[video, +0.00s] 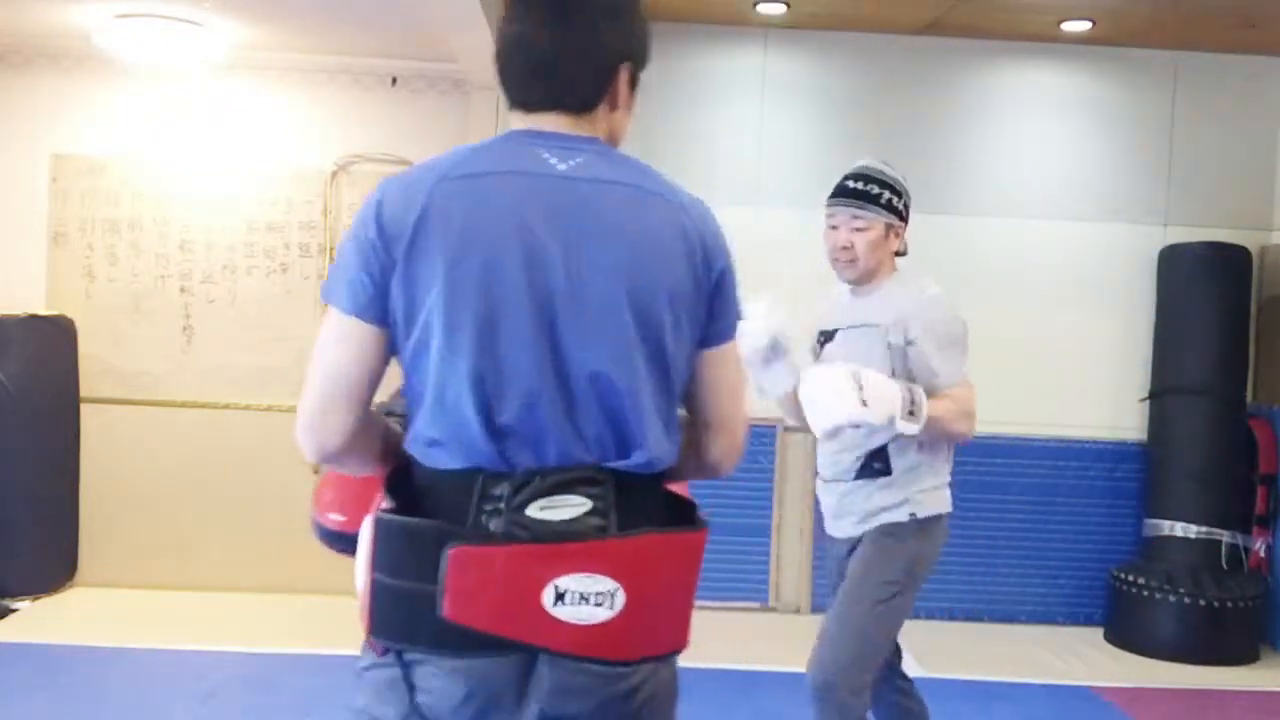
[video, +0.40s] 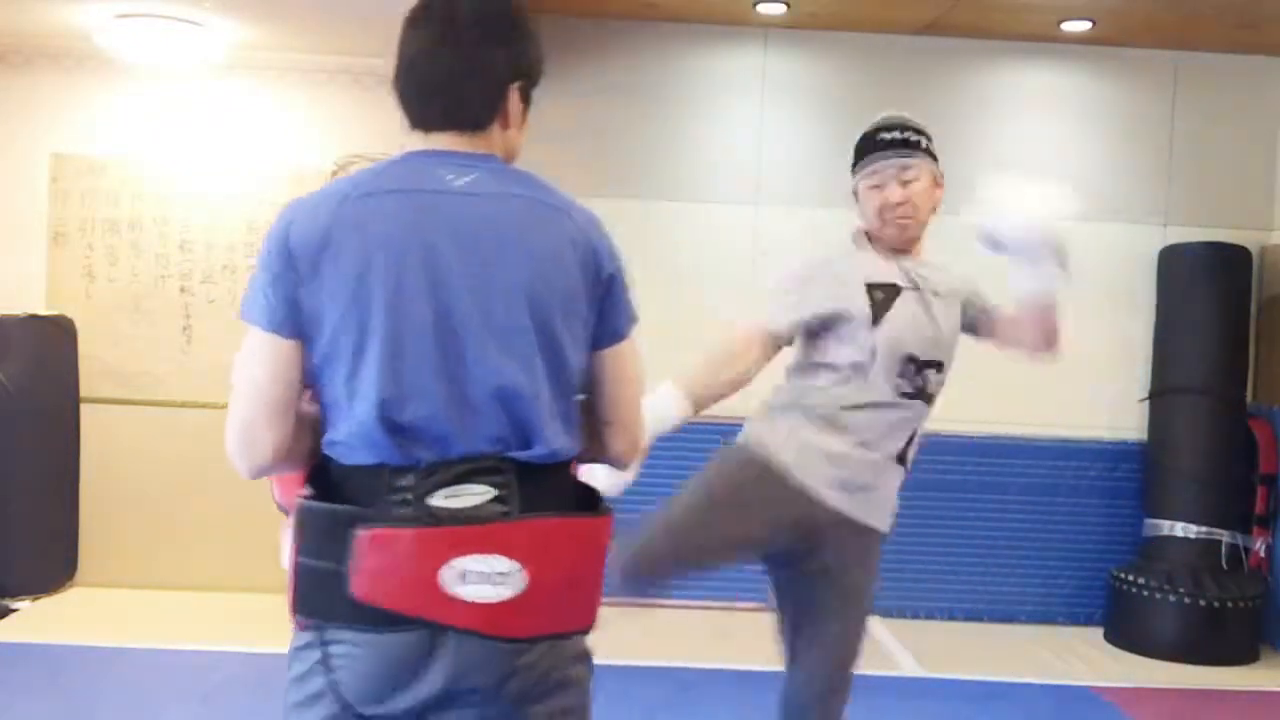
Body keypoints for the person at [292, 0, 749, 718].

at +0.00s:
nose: (632, 103)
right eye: (636, 85)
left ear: (506, 74)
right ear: (621, 85)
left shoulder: (405, 205)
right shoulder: (685, 223)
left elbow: (328, 433)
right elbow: (718, 447)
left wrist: (420, 448)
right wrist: (604, 447)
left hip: (445, 605)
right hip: (618, 608)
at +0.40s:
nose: (526, 120)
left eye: (528, 101)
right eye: (529, 102)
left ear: (406, 94)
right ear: (512, 104)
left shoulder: (312, 225)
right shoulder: (574, 231)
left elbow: (256, 448)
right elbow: (621, 440)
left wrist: (350, 411)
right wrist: (516, 414)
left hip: (363, 602)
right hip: (528, 601)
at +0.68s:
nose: (446, 107)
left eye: (444, 85)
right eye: (444, 83)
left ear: (324, 83)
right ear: (417, 84)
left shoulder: (228, 214)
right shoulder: (475, 210)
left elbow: (194, 416)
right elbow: (537, 419)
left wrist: (305, 402)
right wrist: (478, 398)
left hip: (287, 574)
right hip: (440, 568)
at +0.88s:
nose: (406, 87)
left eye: (406, 68)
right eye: (403, 67)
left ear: (286, 71)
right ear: (370, 70)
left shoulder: (191, 198)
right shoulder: (416, 188)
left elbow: (167, 396)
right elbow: (500, 405)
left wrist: (268, 427)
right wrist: (470, 442)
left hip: (228, 532)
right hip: (370, 531)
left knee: (258, 709)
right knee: (408, 708)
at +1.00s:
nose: (392, 83)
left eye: (393, 64)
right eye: (390, 63)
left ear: (270, 68)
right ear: (354, 67)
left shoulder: (174, 197)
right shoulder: (389, 187)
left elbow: (144, 396)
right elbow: (473, 414)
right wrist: (499, 530)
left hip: (192, 542)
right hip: (329, 549)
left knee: (232, 705)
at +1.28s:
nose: (384, 83)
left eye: (384, 62)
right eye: (381, 61)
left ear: (247, 63)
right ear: (340, 63)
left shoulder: (146, 199)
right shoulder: (362, 193)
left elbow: (85, 411)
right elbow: (488, 433)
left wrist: (90, 550)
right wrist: (548, 563)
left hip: (148, 581)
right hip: (287, 593)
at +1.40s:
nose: (376, 80)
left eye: (379, 56)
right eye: (374, 53)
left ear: (233, 46)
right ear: (333, 45)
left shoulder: (123, 192)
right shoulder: (345, 180)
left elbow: (87, 423)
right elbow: (510, 410)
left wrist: (110, 537)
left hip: (121, 570)